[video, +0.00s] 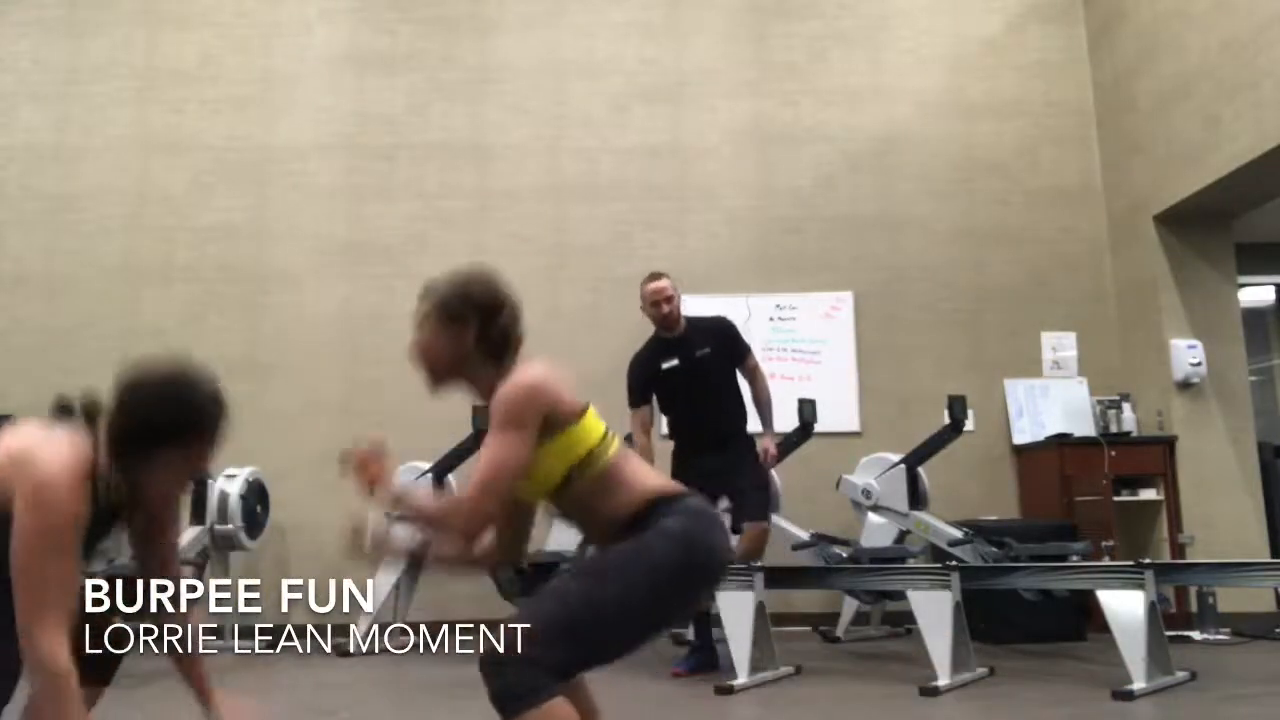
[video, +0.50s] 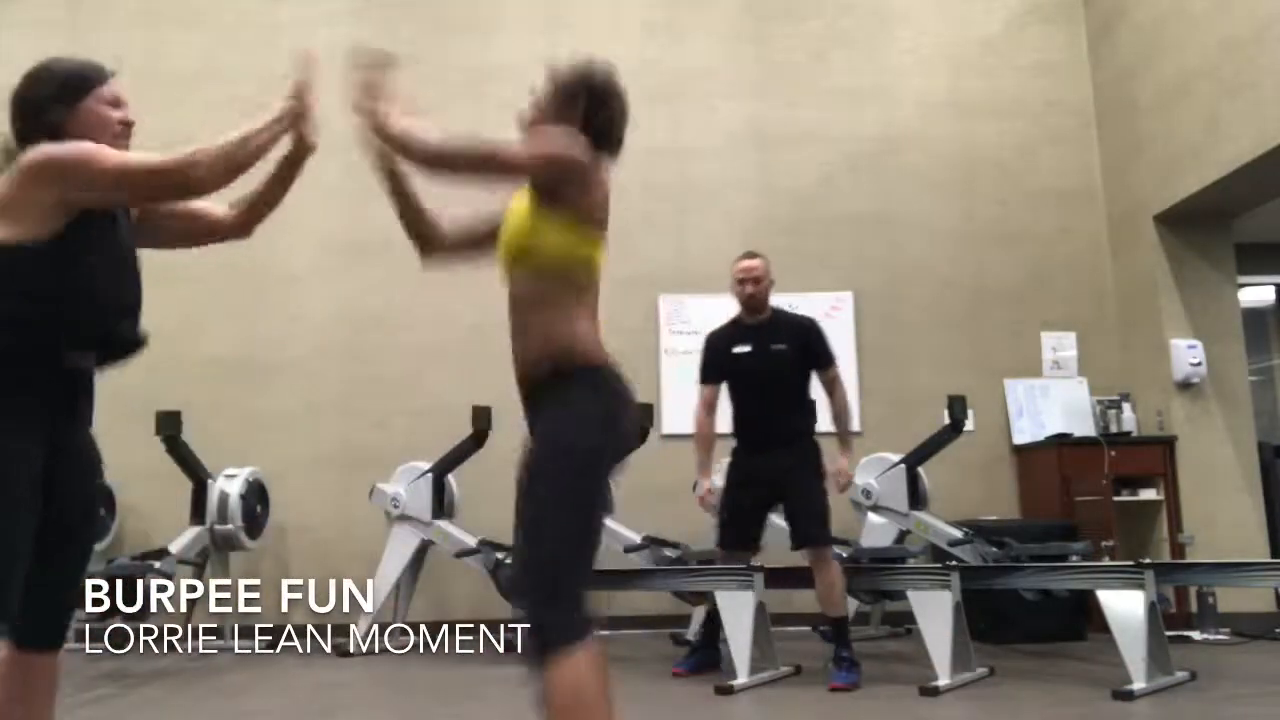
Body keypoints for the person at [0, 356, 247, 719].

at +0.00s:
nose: (198, 473)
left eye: (200, 458)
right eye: (191, 458)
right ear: (156, 448)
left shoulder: (145, 481)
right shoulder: (54, 469)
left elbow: (166, 600)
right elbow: (43, 641)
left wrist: (210, 699)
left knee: (109, 634)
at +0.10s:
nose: (188, 307)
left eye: (186, 293)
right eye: (182, 293)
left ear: (151, 294)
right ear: (152, 294)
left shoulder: (136, 364)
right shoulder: (45, 347)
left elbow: (136, 482)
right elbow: (28, 500)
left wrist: (196, 517)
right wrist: (106, 557)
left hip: (40, 525)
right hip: (5, 526)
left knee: (102, 642)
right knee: (91, 646)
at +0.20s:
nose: (151, 161)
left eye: (152, 146)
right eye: (137, 146)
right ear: (95, 149)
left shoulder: (106, 228)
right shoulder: (32, 204)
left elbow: (187, 337)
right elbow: (62, 323)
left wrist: (245, 280)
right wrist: (155, 248)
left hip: (38, 459)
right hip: (7, 457)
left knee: (73, 638)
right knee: (19, 637)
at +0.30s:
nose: (143, 93)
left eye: (143, 79)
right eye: (129, 78)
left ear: (132, 84)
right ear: (80, 82)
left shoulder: (106, 166)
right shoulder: (41, 134)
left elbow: (203, 265)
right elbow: (90, 227)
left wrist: (256, 196)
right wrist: (183, 161)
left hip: (54, 392)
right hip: (8, 388)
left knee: (54, 578)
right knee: (13, 571)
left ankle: (33, 711)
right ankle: (19, 703)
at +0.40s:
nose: (134, 80)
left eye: (134, 68)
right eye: (119, 66)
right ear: (68, 70)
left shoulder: (98, 159)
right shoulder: (43, 121)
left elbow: (210, 235)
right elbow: (132, 193)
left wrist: (263, 166)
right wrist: (226, 129)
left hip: (62, 374)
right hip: (12, 370)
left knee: (53, 560)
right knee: (9, 545)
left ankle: (46, 712)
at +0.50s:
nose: (127, 116)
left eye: (123, 105)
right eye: (110, 105)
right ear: (61, 117)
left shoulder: (105, 207)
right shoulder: (43, 172)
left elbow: (232, 222)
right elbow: (190, 172)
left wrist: (297, 153)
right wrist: (282, 121)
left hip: (64, 429)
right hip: (17, 426)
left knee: (43, 620)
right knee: (21, 617)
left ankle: (32, 706)